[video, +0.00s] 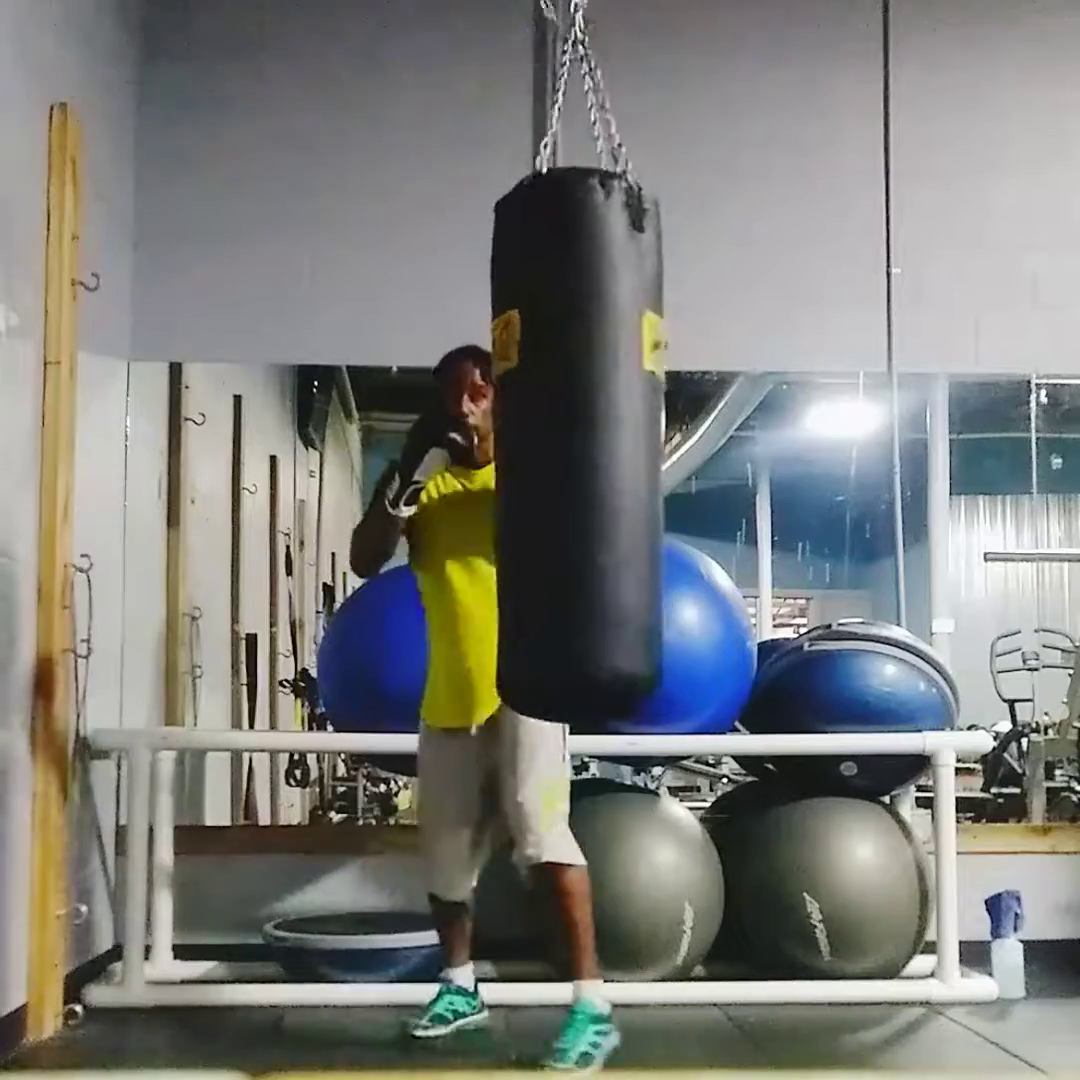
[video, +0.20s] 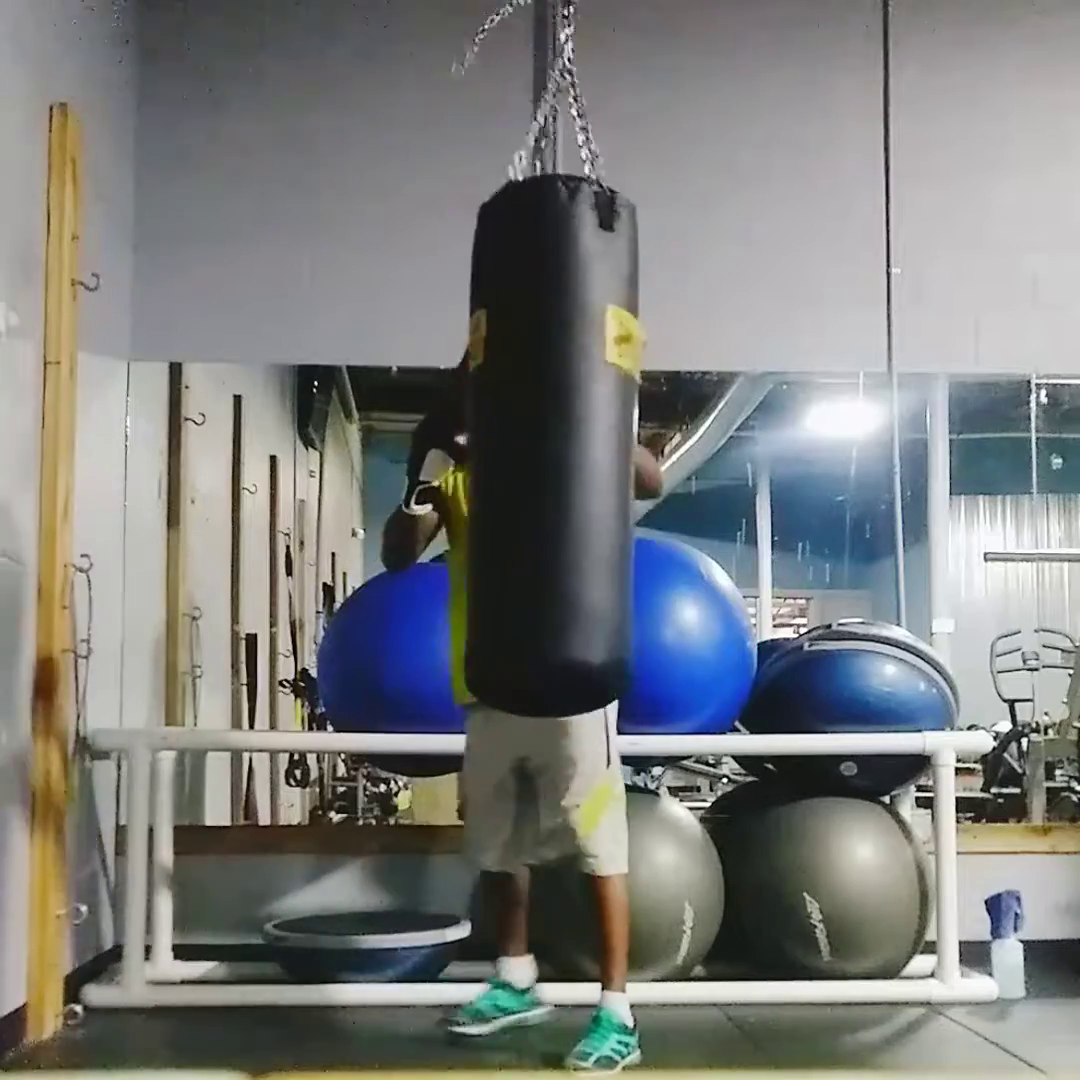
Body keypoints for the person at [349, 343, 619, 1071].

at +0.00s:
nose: (465, 404)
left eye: (479, 391)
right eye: (455, 393)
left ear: (505, 400)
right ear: (439, 403)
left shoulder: (534, 472)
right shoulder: (423, 482)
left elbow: (577, 504)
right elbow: (365, 559)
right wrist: (406, 471)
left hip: (528, 682)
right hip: (452, 687)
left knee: (545, 836)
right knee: (445, 851)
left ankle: (590, 1003)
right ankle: (460, 991)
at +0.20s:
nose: (490, 413)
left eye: (498, 397)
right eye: (483, 401)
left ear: (531, 404)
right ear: (472, 417)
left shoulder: (578, 459)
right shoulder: (465, 477)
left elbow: (651, 478)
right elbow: (399, 554)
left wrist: (597, 399)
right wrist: (422, 470)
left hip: (575, 689)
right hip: (492, 689)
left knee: (598, 849)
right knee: (500, 849)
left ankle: (615, 1012)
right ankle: (517, 984)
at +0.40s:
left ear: (570, 401)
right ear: (499, 410)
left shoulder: (601, 460)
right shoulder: (491, 469)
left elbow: (675, 554)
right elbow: (420, 564)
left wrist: (623, 508)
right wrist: (438, 516)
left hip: (608, 666)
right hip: (537, 669)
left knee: (602, 830)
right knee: (554, 837)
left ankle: (633, 1010)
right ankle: (584, 987)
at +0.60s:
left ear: (583, 419)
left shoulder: (622, 465)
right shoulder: (547, 475)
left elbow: (650, 446)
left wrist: (592, 415)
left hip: (642, 666)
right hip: (585, 673)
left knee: (657, 840)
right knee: (607, 841)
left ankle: (679, 1017)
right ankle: (609, 989)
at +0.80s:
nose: (562, 406)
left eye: (575, 392)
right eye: (556, 395)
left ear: (609, 395)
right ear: (549, 403)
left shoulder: (660, 459)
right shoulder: (549, 479)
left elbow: (718, 533)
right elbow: (517, 562)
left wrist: (639, 490)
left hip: (679, 668)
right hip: (619, 677)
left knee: (645, 823)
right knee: (653, 827)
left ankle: (679, 1012)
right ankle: (717, 983)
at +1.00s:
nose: (553, 412)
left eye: (562, 396)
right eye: (551, 398)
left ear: (599, 391)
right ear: (578, 400)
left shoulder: (657, 449)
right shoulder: (587, 485)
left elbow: (695, 482)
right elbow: (537, 569)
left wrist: (613, 432)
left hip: (700, 666)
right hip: (662, 672)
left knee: (677, 831)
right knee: (696, 834)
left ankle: (715, 1019)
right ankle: (717, 995)